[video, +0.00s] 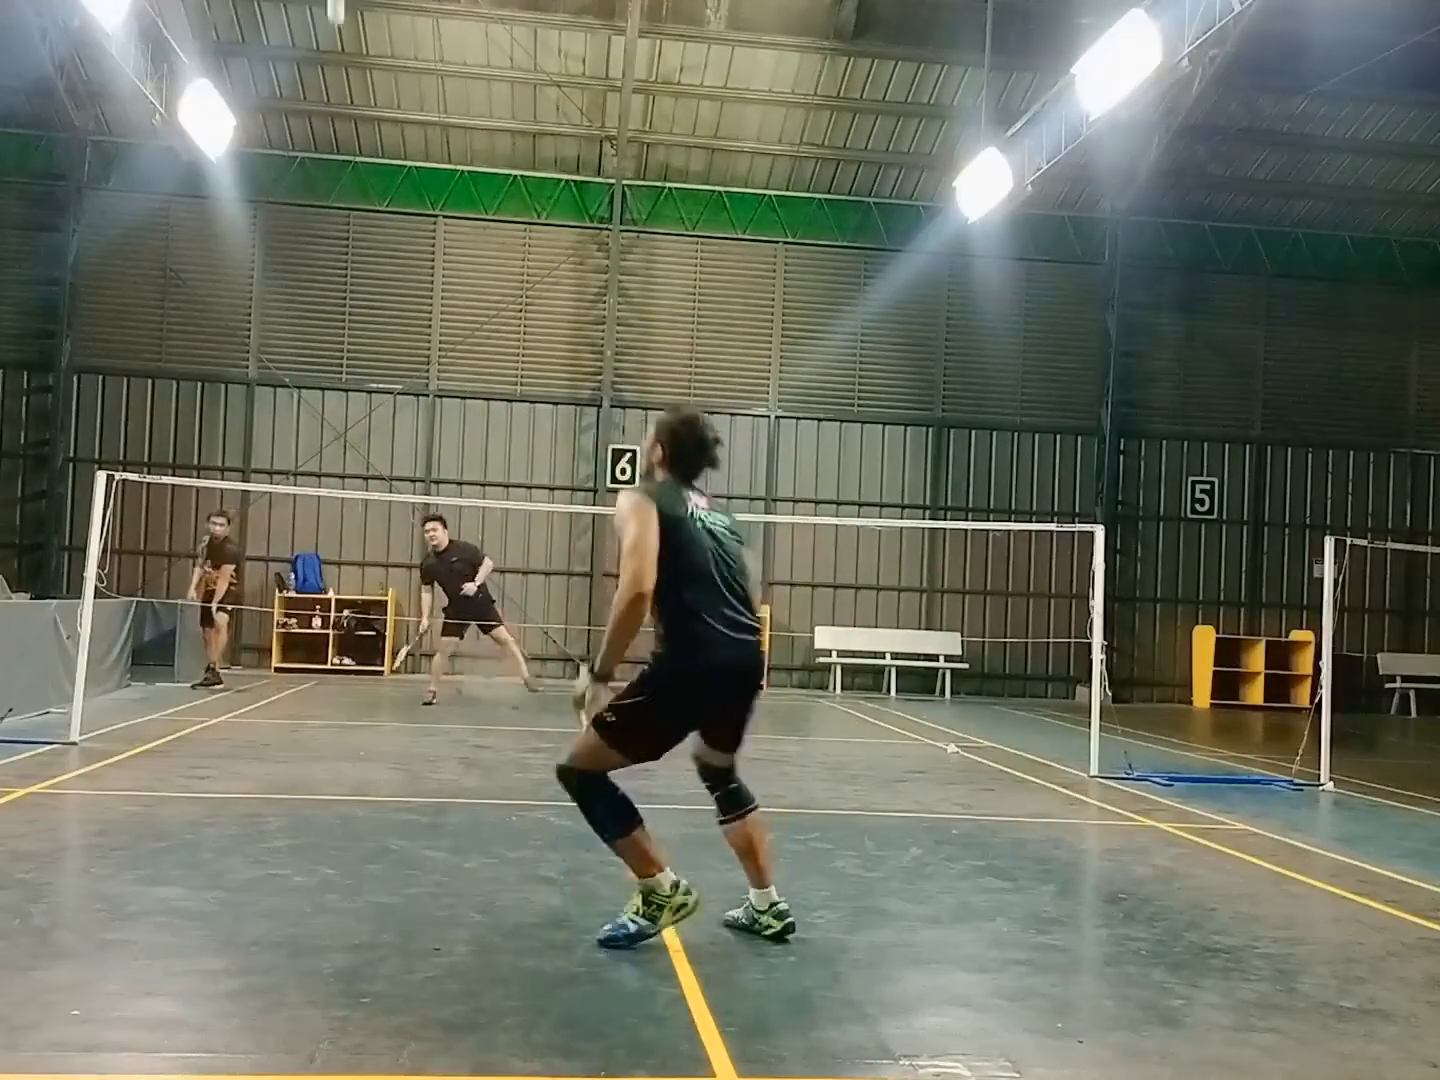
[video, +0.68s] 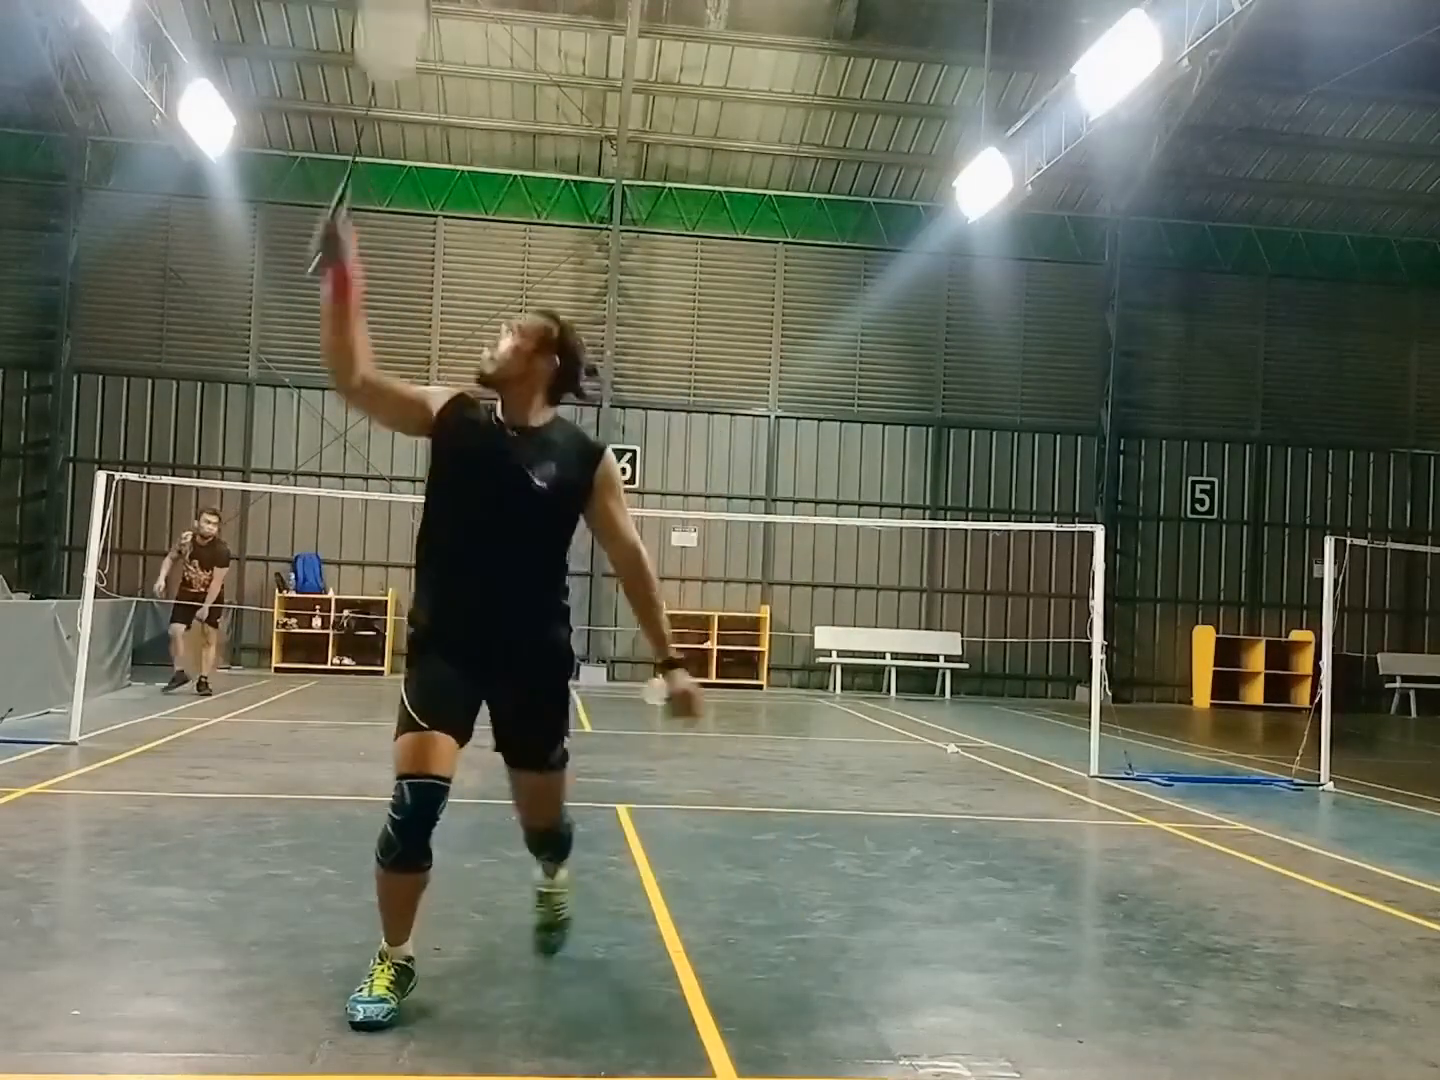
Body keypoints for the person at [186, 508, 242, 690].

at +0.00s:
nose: (217, 528)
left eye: (221, 525)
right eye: (214, 524)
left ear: (228, 528)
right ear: (208, 525)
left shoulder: (230, 549)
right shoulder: (205, 545)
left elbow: (225, 577)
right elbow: (199, 567)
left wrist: (216, 601)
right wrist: (192, 588)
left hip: (227, 589)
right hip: (209, 588)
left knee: (220, 620)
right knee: (207, 631)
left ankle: (213, 666)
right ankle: (212, 671)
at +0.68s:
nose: (210, 527)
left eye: (214, 524)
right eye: (207, 522)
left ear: (218, 528)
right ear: (197, 523)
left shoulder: (221, 551)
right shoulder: (186, 539)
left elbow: (217, 582)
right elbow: (170, 558)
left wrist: (206, 605)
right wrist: (161, 578)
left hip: (210, 595)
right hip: (187, 592)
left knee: (209, 636)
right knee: (175, 630)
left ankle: (204, 678)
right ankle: (179, 672)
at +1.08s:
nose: (192, 521)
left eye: (194, 518)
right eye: (187, 517)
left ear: (196, 521)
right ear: (175, 518)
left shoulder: (200, 544)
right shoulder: (159, 539)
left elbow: (206, 574)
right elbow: (146, 564)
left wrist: (210, 601)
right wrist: (143, 592)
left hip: (191, 599)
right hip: (162, 598)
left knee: (199, 640)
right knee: (158, 638)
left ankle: (199, 672)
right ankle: (159, 682)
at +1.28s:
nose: (181, 515)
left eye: (183, 512)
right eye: (177, 511)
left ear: (184, 515)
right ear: (163, 513)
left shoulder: (191, 542)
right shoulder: (148, 537)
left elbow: (203, 569)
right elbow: (132, 563)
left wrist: (207, 597)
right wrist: (128, 588)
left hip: (182, 597)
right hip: (154, 596)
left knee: (183, 636)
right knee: (156, 639)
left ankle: (180, 679)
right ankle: (159, 682)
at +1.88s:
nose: (164, 511)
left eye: (167, 507)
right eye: (159, 506)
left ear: (170, 511)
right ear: (145, 509)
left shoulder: (178, 538)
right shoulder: (132, 534)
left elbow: (189, 567)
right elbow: (121, 562)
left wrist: (189, 596)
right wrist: (116, 591)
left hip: (165, 599)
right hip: (135, 596)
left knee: (163, 643)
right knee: (125, 635)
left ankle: (157, 687)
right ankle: (125, 685)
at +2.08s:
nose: (143, 512)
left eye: (147, 508)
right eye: (138, 507)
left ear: (152, 512)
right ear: (128, 511)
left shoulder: (163, 538)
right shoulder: (118, 537)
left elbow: (178, 567)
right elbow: (110, 567)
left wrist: (184, 595)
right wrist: (105, 595)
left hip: (154, 601)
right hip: (123, 599)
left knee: (157, 645)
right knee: (116, 642)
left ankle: (156, 686)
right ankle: (111, 691)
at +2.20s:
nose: (129, 508)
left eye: (134, 504)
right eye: (124, 503)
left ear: (141, 507)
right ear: (117, 507)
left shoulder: (154, 535)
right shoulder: (107, 534)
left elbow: (166, 567)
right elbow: (98, 566)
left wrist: (169, 598)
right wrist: (94, 593)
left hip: (144, 599)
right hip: (113, 597)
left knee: (146, 644)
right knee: (110, 643)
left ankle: (150, 677)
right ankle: (110, 692)